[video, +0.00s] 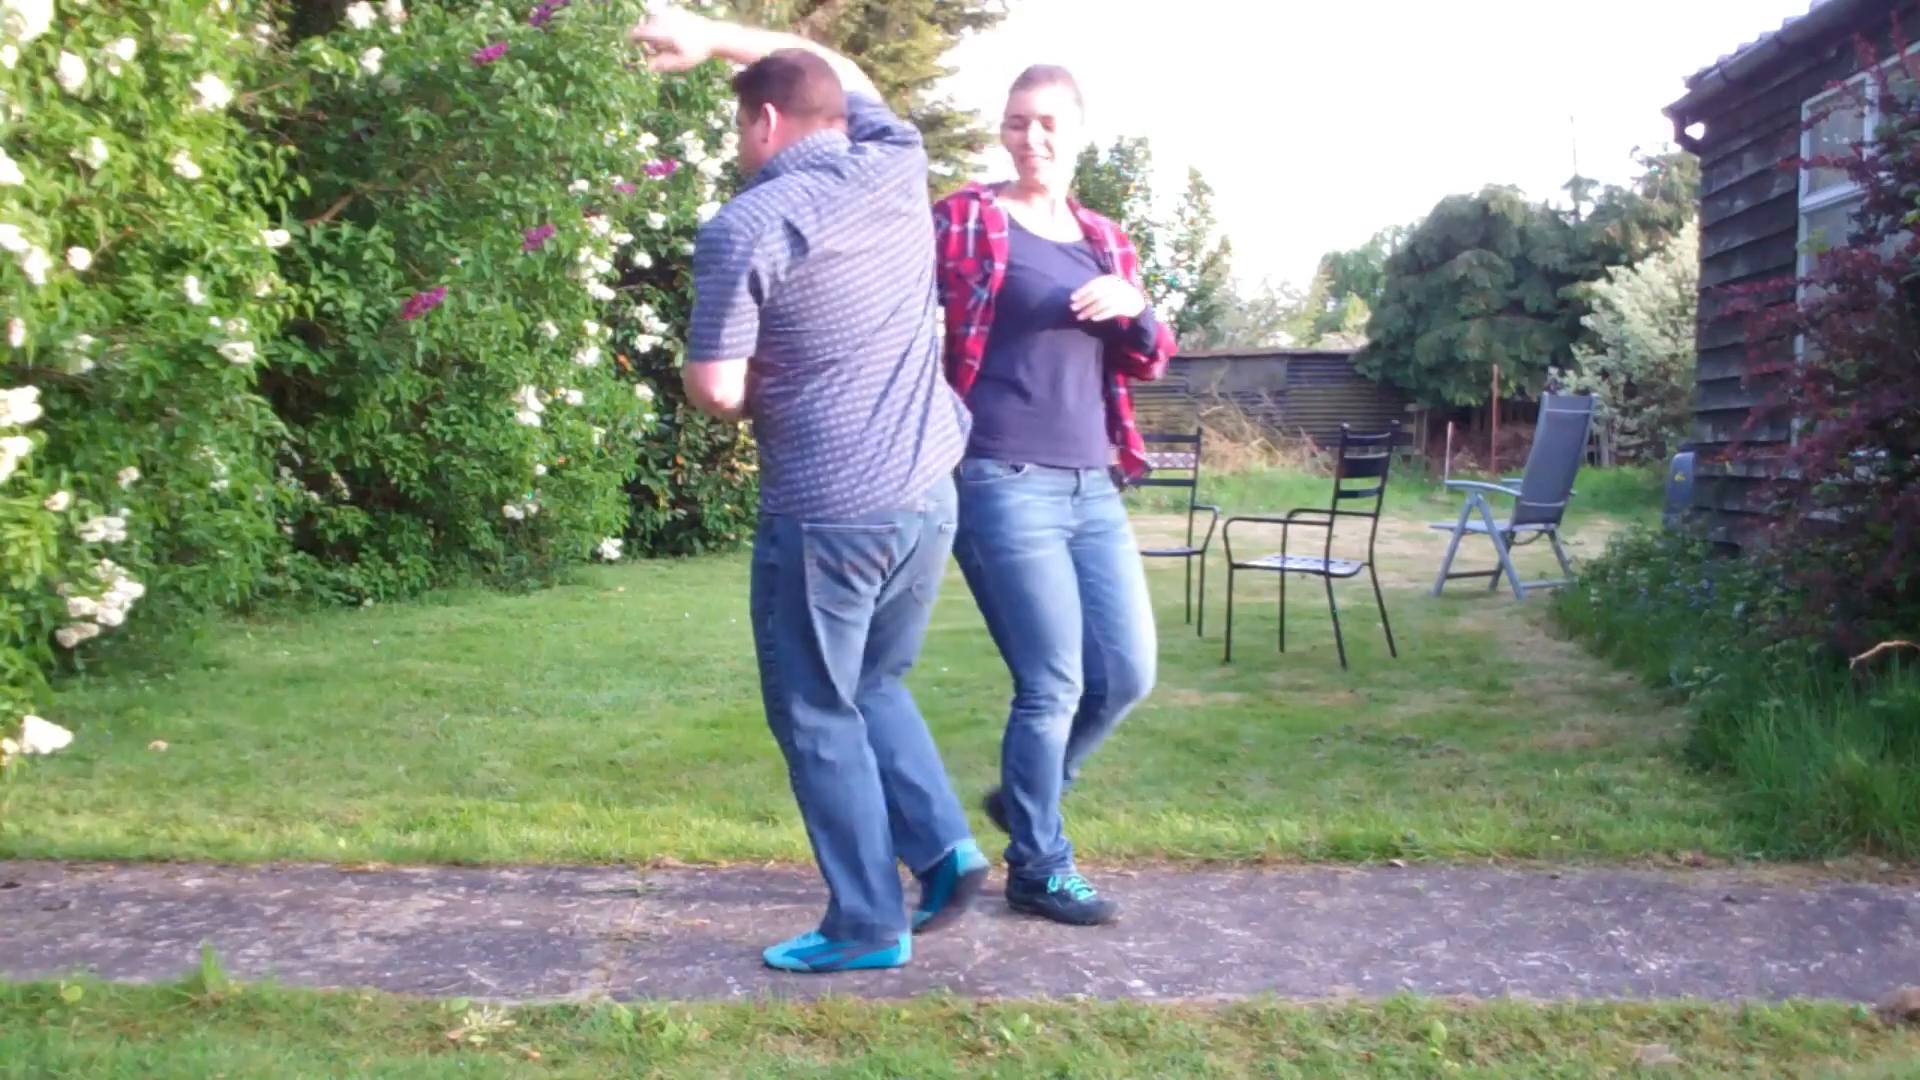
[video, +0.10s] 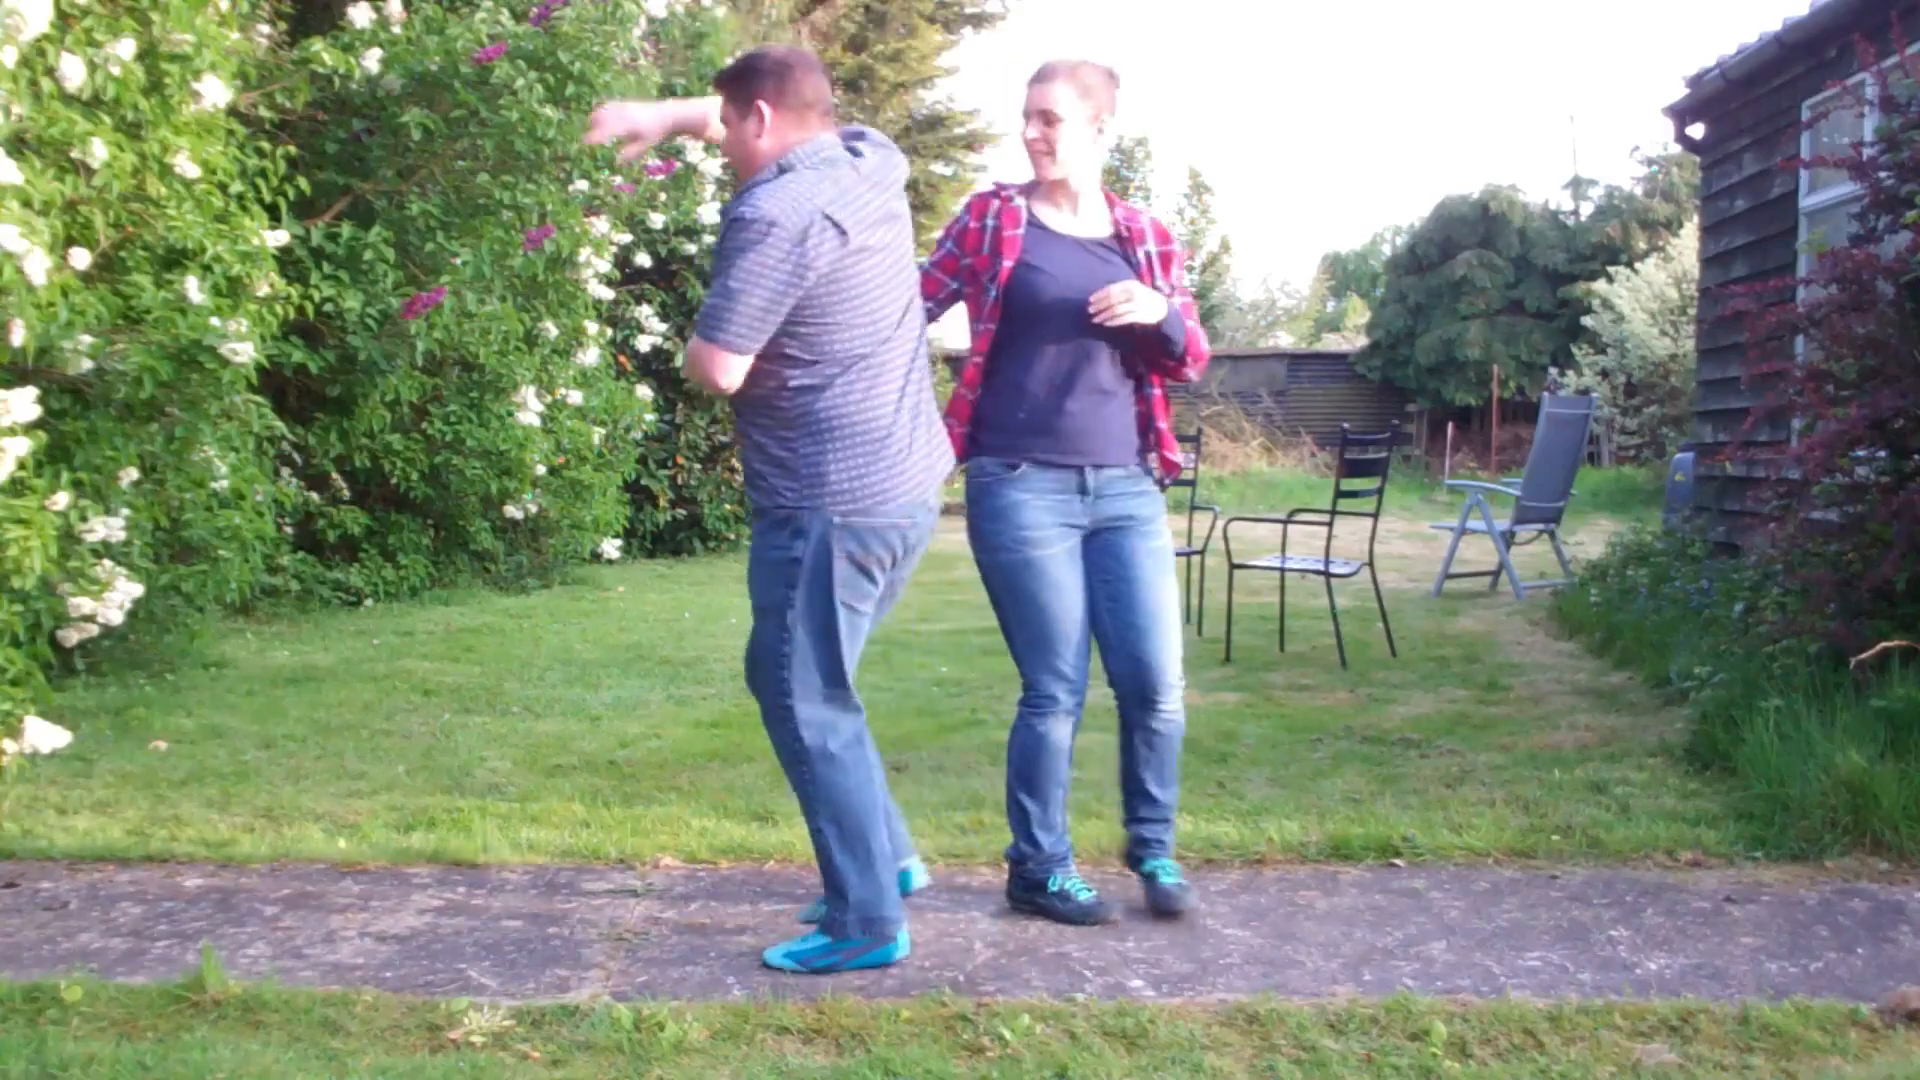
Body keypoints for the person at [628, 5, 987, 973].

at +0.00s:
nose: (737, 140)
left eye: (738, 120)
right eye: (737, 122)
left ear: (766, 121)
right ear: (829, 112)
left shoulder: (747, 226)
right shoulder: (896, 163)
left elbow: (716, 387)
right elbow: (837, 75)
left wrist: (769, 388)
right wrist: (711, 42)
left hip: (828, 515)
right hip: (930, 493)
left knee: (814, 714)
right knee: (877, 678)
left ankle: (869, 925)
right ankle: (944, 850)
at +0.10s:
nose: (726, 139)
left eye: (729, 125)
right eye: (725, 126)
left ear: (765, 117)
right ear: (808, 107)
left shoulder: (774, 214)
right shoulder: (875, 158)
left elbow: (720, 371)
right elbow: (763, 115)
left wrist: (702, 346)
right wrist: (665, 115)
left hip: (833, 503)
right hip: (902, 475)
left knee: (804, 699)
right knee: (785, 670)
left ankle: (865, 924)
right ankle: (886, 859)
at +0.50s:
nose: (770, 121)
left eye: (788, 106)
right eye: (752, 105)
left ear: (818, 117)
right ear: (723, 116)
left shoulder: (874, 202)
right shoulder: (681, 209)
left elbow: (940, 308)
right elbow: (629, 336)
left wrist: (819, 315)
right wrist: (697, 411)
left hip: (846, 500)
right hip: (732, 502)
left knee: (832, 694)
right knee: (739, 706)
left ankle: (839, 888)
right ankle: (764, 883)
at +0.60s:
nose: (813, 133)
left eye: (823, 117)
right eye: (793, 114)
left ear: (834, 126)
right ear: (741, 120)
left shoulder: (874, 206)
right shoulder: (682, 217)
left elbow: (956, 297)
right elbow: (668, 358)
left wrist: (886, 297)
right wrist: (788, 421)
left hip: (856, 508)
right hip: (734, 516)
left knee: (858, 696)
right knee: (743, 712)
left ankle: (852, 880)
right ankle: (766, 887)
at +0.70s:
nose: (846, 136)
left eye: (850, 120)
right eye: (829, 118)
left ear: (854, 126)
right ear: (767, 121)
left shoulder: (876, 214)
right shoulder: (703, 221)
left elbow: (965, 293)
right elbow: (729, 361)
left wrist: (960, 293)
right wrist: (874, 416)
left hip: (862, 507)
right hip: (746, 515)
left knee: (884, 691)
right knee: (752, 709)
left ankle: (861, 879)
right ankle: (763, 888)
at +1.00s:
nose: (916, 137)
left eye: (913, 119)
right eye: (904, 119)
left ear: (855, 122)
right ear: (848, 121)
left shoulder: (883, 221)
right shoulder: (805, 211)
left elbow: (927, 324)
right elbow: (896, 346)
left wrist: (1022, 295)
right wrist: (1020, 377)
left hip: (911, 513)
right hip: (826, 504)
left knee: (915, 705)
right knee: (803, 705)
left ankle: (885, 899)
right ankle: (739, 883)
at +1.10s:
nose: (939, 136)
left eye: (936, 118)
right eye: (925, 118)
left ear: (876, 124)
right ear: (873, 123)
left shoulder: (895, 219)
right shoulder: (838, 210)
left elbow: (949, 338)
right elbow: (941, 349)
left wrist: (1037, 342)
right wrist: (1041, 373)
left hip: (929, 509)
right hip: (855, 503)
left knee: (927, 706)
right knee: (847, 701)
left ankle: (886, 898)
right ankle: (731, 863)